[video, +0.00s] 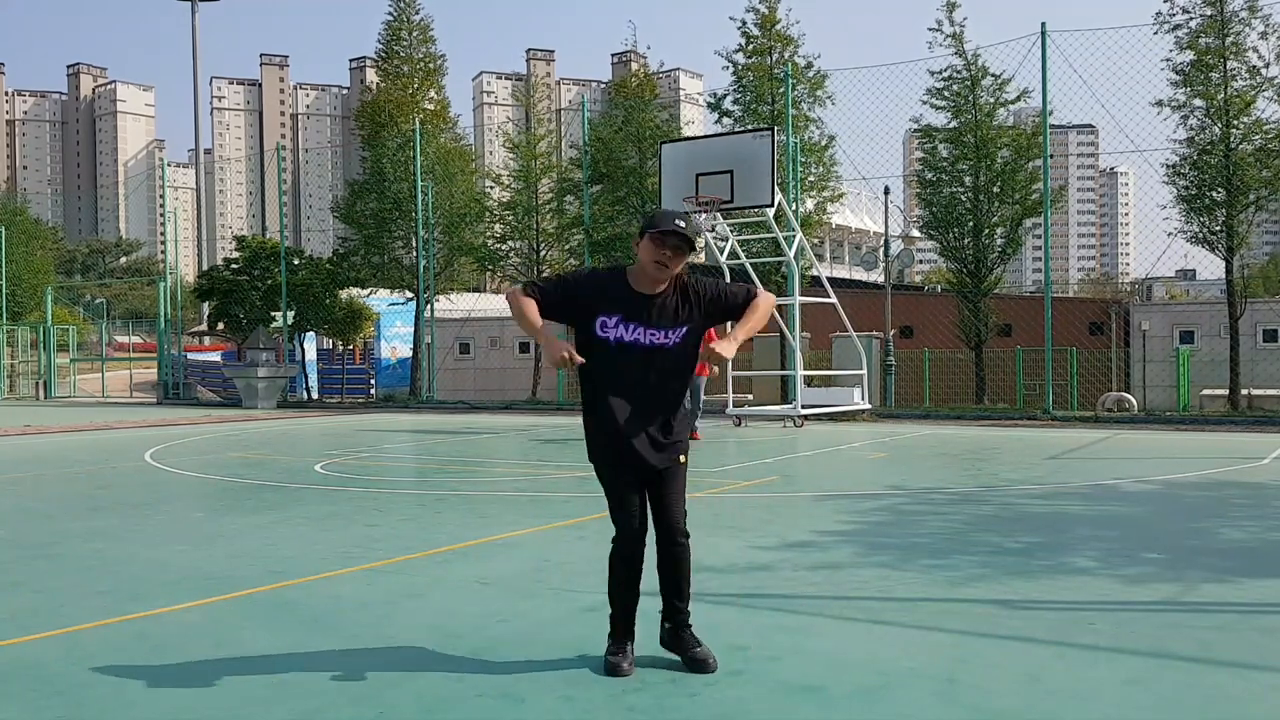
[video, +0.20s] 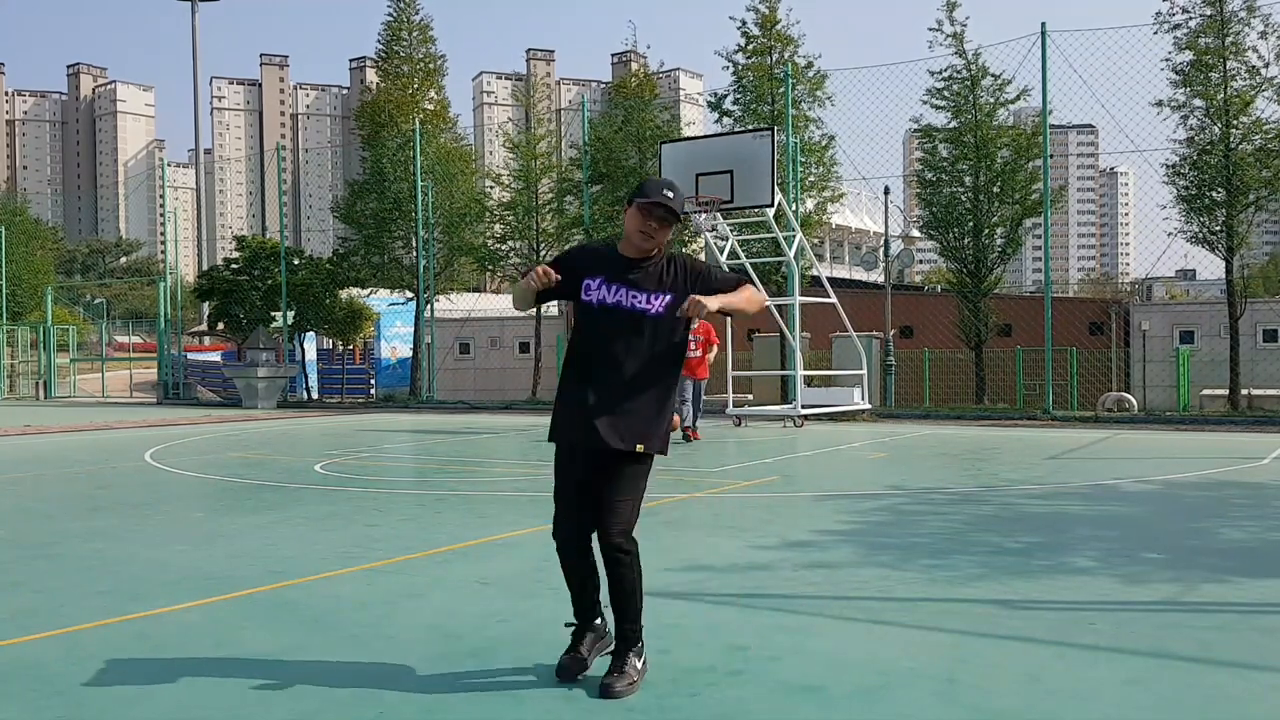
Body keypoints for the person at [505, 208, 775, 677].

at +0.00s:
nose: (667, 272)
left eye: (677, 264)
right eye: (659, 260)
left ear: (686, 261)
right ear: (638, 247)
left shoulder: (696, 295)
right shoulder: (597, 287)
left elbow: (764, 299)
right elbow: (521, 297)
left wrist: (734, 340)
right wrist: (545, 339)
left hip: (669, 436)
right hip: (613, 437)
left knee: (674, 532)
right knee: (631, 534)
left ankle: (677, 629)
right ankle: (621, 638)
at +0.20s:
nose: (652, 226)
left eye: (664, 221)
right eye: (646, 213)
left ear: (673, 231)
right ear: (627, 212)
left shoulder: (684, 273)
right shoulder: (586, 260)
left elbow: (756, 298)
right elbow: (521, 299)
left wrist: (716, 302)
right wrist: (532, 283)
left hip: (636, 428)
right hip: (577, 421)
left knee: (616, 536)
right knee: (569, 535)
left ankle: (630, 650)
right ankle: (591, 626)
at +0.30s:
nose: (640, 260)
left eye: (649, 251)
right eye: (631, 249)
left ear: (662, 252)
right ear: (612, 245)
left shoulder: (676, 296)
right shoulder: (585, 290)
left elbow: (736, 343)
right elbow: (533, 346)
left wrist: (687, 327)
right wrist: (547, 308)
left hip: (627, 450)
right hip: (570, 443)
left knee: (597, 554)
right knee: (547, 551)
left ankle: (622, 656)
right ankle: (570, 649)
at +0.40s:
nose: (624, 284)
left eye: (630, 273)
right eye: (612, 276)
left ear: (640, 267)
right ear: (587, 274)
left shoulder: (656, 311)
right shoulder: (573, 305)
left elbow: (697, 372)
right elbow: (546, 366)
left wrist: (637, 367)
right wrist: (561, 356)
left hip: (631, 454)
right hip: (578, 447)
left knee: (599, 553)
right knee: (557, 556)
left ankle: (626, 655)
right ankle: (574, 652)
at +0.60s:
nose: (599, 262)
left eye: (605, 251)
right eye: (586, 254)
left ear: (612, 250)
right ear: (559, 254)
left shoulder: (636, 292)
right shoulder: (546, 291)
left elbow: (709, 313)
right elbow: (529, 315)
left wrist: (663, 367)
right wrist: (532, 357)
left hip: (634, 430)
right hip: (579, 430)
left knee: (626, 533)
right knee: (574, 539)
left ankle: (629, 653)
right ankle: (574, 647)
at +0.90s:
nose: (613, 275)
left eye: (623, 268)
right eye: (607, 264)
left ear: (630, 269)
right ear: (583, 252)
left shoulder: (636, 306)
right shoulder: (539, 310)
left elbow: (685, 345)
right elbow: (483, 371)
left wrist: (702, 326)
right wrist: (476, 323)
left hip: (632, 464)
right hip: (570, 466)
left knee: (633, 564)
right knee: (579, 570)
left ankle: (608, 654)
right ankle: (552, 665)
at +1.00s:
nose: (625, 299)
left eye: (635, 294)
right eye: (621, 286)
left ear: (638, 298)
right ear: (597, 272)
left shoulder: (628, 330)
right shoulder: (543, 323)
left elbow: (665, 386)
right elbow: (513, 408)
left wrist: (689, 350)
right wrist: (517, 346)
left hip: (619, 474)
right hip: (560, 477)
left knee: (633, 563)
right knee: (581, 571)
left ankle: (607, 656)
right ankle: (553, 663)